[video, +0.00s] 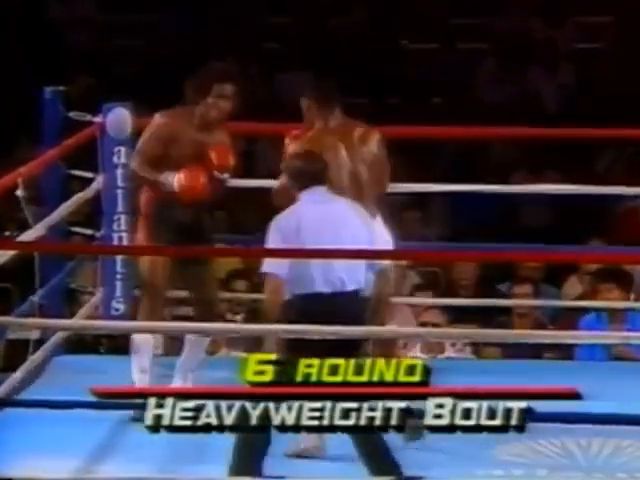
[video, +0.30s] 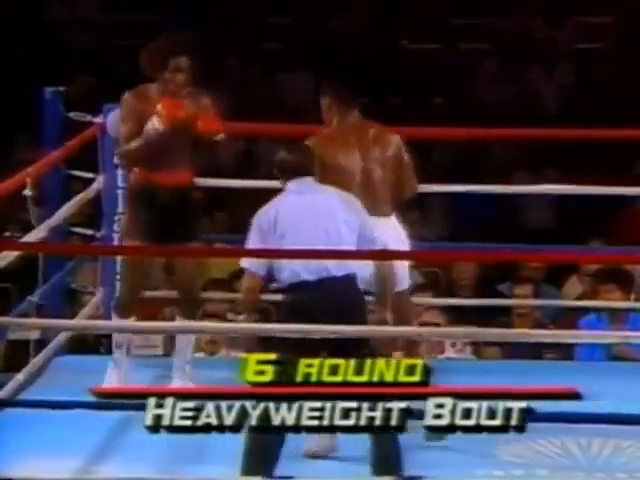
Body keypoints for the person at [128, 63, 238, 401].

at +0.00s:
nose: (224, 105)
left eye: (230, 98)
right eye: (219, 96)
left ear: (232, 105)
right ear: (201, 96)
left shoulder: (219, 136)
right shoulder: (166, 124)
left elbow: (221, 182)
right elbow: (137, 163)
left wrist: (220, 173)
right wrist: (168, 180)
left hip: (197, 218)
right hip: (159, 217)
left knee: (209, 302)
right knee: (154, 296)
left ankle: (183, 381)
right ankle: (143, 383)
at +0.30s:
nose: (178, 78)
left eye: (184, 71)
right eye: (172, 71)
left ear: (192, 74)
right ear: (158, 72)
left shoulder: (199, 103)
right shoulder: (137, 100)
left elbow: (219, 152)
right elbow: (125, 154)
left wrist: (207, 134)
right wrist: (152, 134)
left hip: (183, 191)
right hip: (146, 191)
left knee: (190, 285)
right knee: (132, 281)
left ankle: (182, 370)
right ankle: (120, 368)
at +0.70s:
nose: (186, 77)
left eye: (189, 69)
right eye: (179, 70)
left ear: (192, 71)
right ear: (161, 72)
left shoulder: (194, 101)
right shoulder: (140, 102)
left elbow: (217, 136)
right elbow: (137, 154)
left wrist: (211, 126)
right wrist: (165, 135)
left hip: (187, 192)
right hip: (148, 194)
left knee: (216, 275)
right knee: (136, 280)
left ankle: (235, 364)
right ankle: (121, 366)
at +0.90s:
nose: (223, 90)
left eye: (225, 83)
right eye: (217, 82)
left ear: (222, 85)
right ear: (198, 84)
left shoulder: (220, 114)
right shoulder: (168, 112)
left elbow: (223, 155)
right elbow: (158, 163)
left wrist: (236, 153)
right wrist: (196, 150)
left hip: (206, 198)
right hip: (170, 198)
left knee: (226, 274)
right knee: (153, 277)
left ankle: (245, 356)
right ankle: (125, 364)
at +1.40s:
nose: (221, 106)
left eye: (225, 99)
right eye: (214, 101)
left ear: (229, 95)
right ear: (202, 102)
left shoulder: (245, 116)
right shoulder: (188, 124)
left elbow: (265, 156)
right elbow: (187, 178)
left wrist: (249, 163)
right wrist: (215, 164)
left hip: (247, 207)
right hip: (207, 209)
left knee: (275, 285)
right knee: (189, 293)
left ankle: (277, 360)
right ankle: (168, 373)